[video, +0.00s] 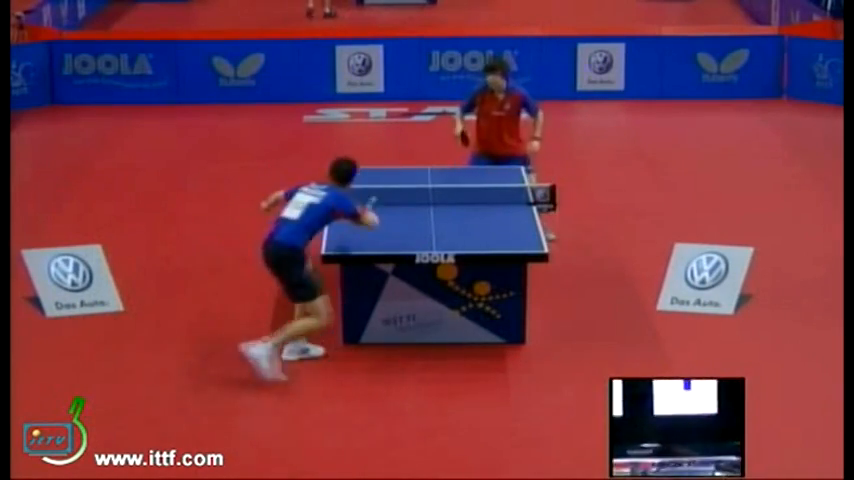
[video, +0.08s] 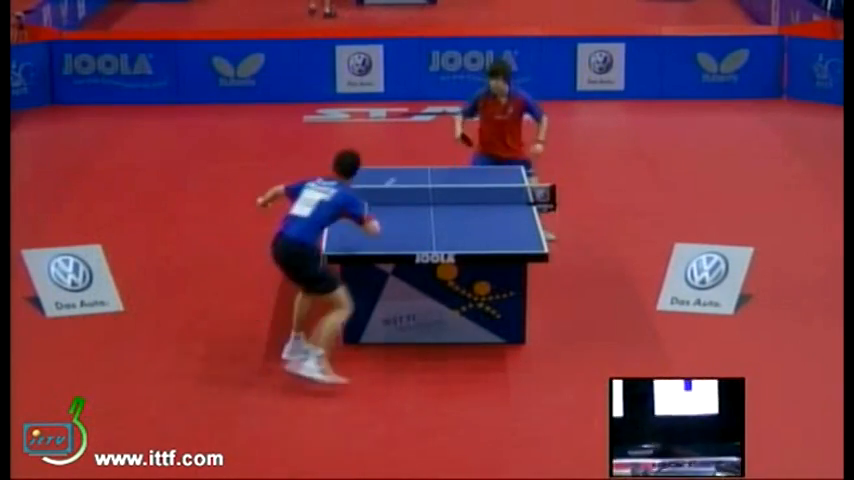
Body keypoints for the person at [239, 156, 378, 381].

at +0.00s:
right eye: (350, 178)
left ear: (330, 172)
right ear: (350, 181)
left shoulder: (308, 187)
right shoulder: (339, 199)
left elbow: (278, 196)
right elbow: (368, 222)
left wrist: (267, 205)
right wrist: (368, 214)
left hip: (272, 246)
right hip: (288, 252)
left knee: (310, 285)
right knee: (322, 317)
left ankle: (296, 343)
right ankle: (265, 347)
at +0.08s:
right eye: (353, 170)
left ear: (334, 167)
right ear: (354, 173)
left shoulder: (313, 183)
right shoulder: (347, 197)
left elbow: (279, 190)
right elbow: (370, 230)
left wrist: (264, 200)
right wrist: (372, 223)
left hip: (281, 243)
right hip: (303, 250)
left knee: (307, 289)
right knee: (343, 306)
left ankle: (295, 343)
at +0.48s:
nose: (349, 181)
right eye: (349, 177)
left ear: (326, 175)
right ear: (348, 181)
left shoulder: (307, 197)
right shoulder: (349, 207)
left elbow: (278, 215)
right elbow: (371, 244)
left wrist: (300, 217)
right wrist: (381, 227)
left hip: (297, 268)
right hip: (332, 270)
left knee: (266, 301)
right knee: (369, 312)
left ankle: (264, 363)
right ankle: (405, 367)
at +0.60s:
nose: (336, 181)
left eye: (335, 176)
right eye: (336, 178)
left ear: (311, 177)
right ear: (333, 182)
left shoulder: (293, 195)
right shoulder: (325, 207)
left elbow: (291, 238)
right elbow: (346, 247)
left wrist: (319, 254)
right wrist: (364, 234)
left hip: (256, 259)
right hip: (284, 265)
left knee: (247, 298)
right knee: (331, 308)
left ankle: (224, 352)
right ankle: (328, 371)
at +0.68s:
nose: (324, 193)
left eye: (323, 188)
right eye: (323, 189)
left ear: (299, 186)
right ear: (318, 192)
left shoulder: (283, 205)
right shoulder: (303, 219)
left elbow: (296, 249)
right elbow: (310, 264)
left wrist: (330, 263)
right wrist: (337, 266)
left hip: (235, 267)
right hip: (261, 274)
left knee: (226, 309)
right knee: (310, 315)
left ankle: (183, 353)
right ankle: (287, 379)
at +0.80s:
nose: (299, 215)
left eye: (298, 210)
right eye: (298, 211)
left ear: (275, 210)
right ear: (289, 215)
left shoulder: (267, 228)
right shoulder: (264, 245)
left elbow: (298, 250)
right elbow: (251, 286)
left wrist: (330, 268)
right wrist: (279, 306)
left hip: (210, 286)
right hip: (229, 293)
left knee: (190, 330)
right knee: (291, 320)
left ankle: (136, 367)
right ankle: (281, 386)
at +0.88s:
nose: (284, 218)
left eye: (284, 213)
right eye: (283, 214)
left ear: (260, 214)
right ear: (274, 219)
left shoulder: (252, 229)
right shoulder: (247, 248)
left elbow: (275, 244)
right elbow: (239, 285)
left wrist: (307, 257)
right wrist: (262, 311)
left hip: (204, 291)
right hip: (220, 299)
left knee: (184, 333)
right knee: (288, 321)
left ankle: (133, 366)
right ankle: (280, 385)